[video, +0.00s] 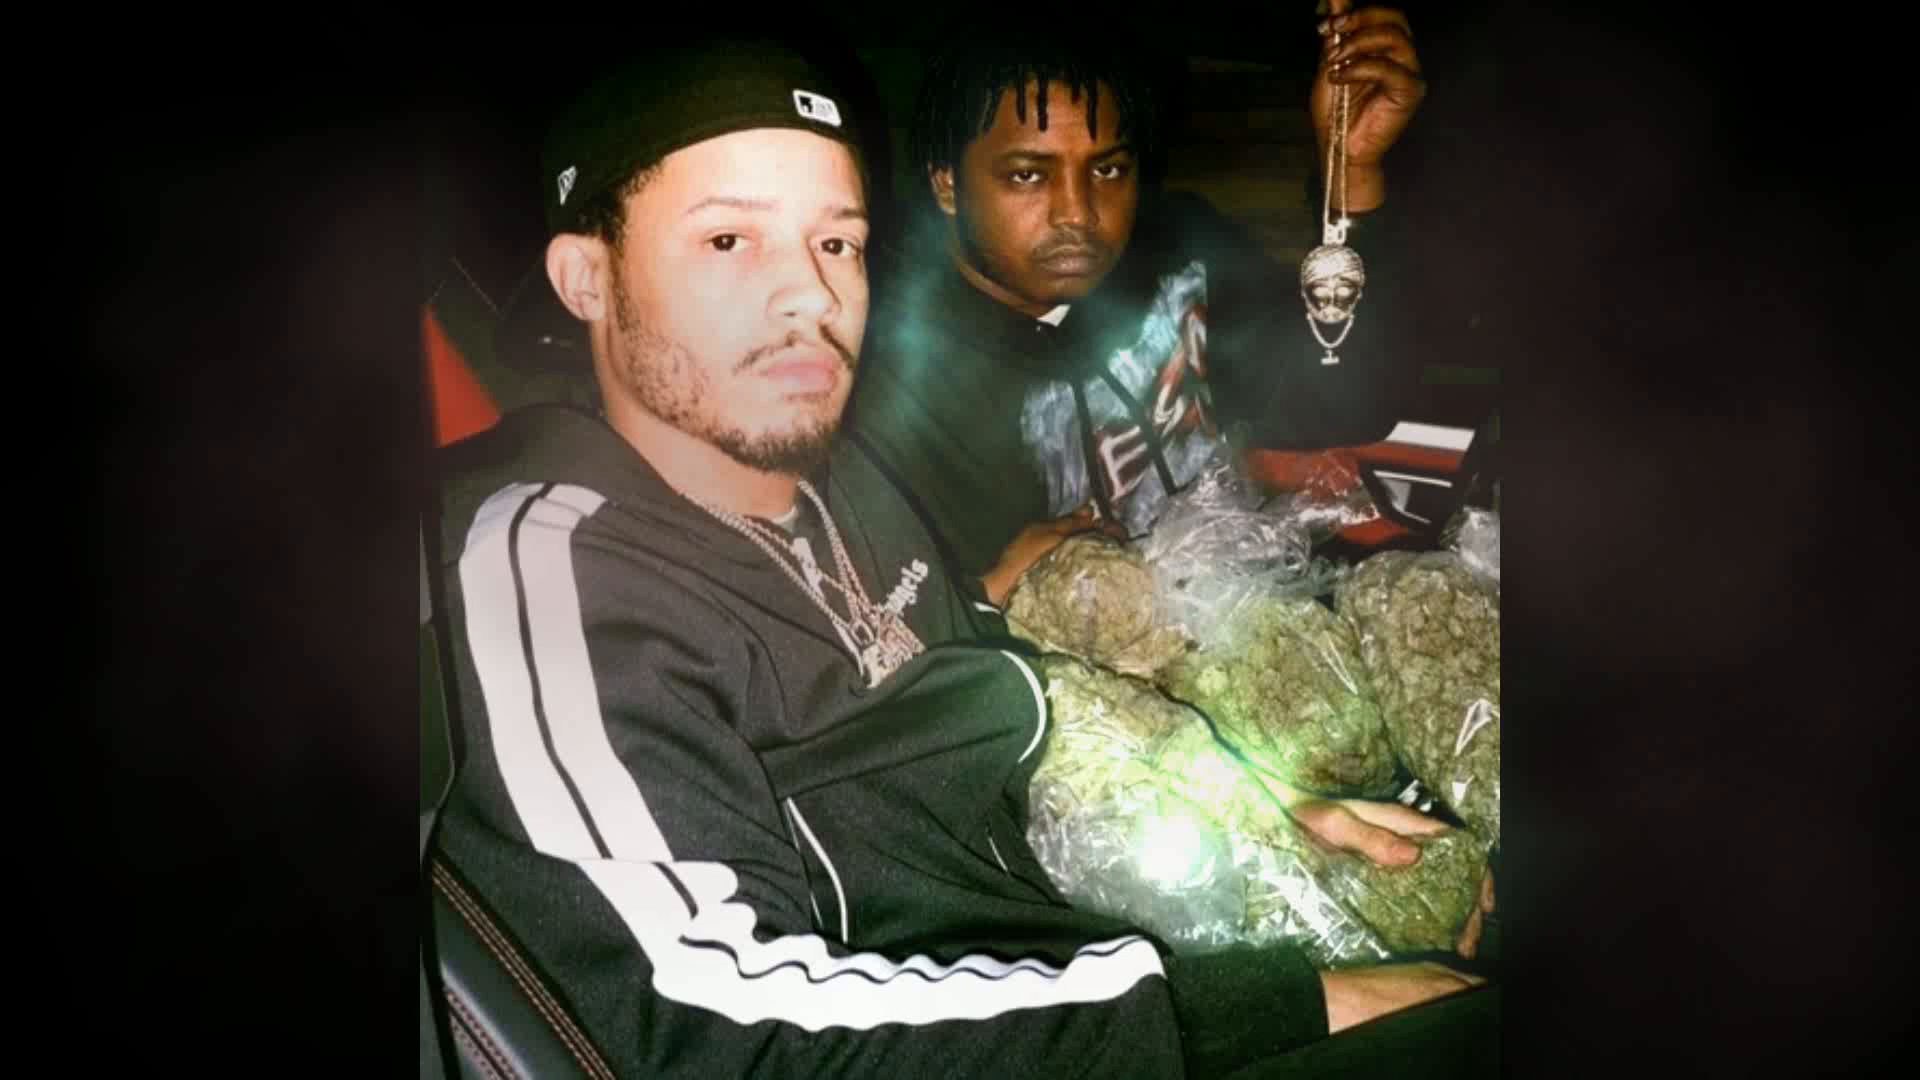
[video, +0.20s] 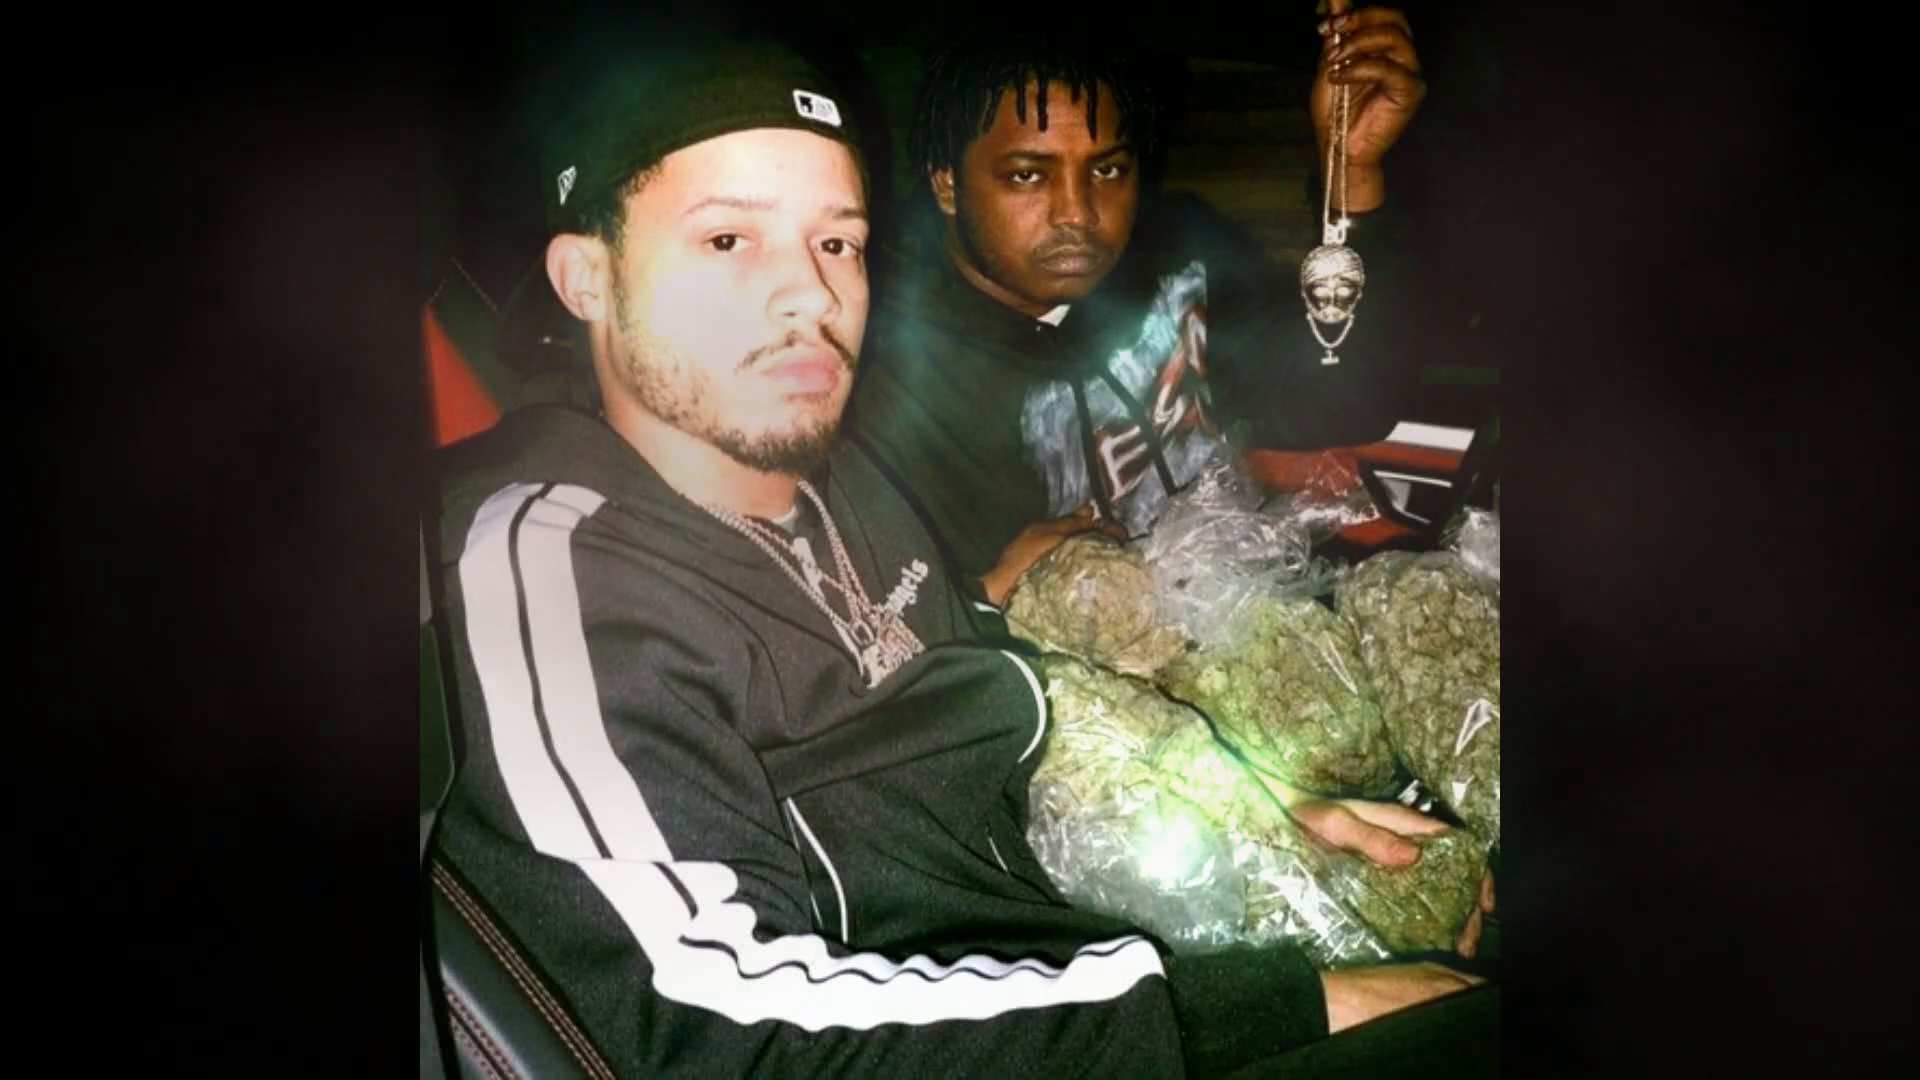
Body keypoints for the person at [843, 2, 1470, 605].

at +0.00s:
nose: (1076, 217)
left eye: (1107, 172)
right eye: (1027, 176)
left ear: (1136, 171)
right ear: (946, 188)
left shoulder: (1183, 251)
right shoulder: (906, 376)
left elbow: (1344, 410)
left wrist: (1354, 174)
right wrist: (990, 594)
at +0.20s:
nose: (1077, 216)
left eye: (1108, 171)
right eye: (1029, 175)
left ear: (1139, 172)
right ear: (945, 188)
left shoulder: (1176, 247)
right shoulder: (908, 374)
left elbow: (1351, 407)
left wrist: (1352, 172)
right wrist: (994, 590)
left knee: (1437, 608)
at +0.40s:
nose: (1077, 216)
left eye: (1107, 171)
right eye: (1028, 175)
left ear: (1138, 171)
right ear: (945, 187)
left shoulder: (1177, 247)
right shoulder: (900, 367)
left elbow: (1351, 406)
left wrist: (1352, 171)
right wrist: (995, 590)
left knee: (1432, 604)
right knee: (1086, 583)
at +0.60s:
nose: (1078, 216)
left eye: (1108, 171)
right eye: (1029, 175)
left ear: (1141, 171)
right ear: (945, 188)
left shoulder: (1177, 248)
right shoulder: (899, 376)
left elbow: (1348, 405)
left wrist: (1352, 172)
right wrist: (995, 592)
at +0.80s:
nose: (1076, 217)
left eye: (1107, 171)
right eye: (1027, 176)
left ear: (1139, 171)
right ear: (947, 188)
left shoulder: (1184, 253)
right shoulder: (894, 363)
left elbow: (1342, 414)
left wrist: (1353, 175)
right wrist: (988, 596)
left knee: (1421, 599)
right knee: (1076, 582)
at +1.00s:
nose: (1077, 216)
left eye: (1108, 171)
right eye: (1029, 175)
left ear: (1142, 172)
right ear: (946, 188)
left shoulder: (1179, 256)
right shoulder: (898, 365)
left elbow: (1350, 409)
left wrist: (1351, 171)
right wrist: (993, 589)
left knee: (1424, 597)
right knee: (1077, 580)